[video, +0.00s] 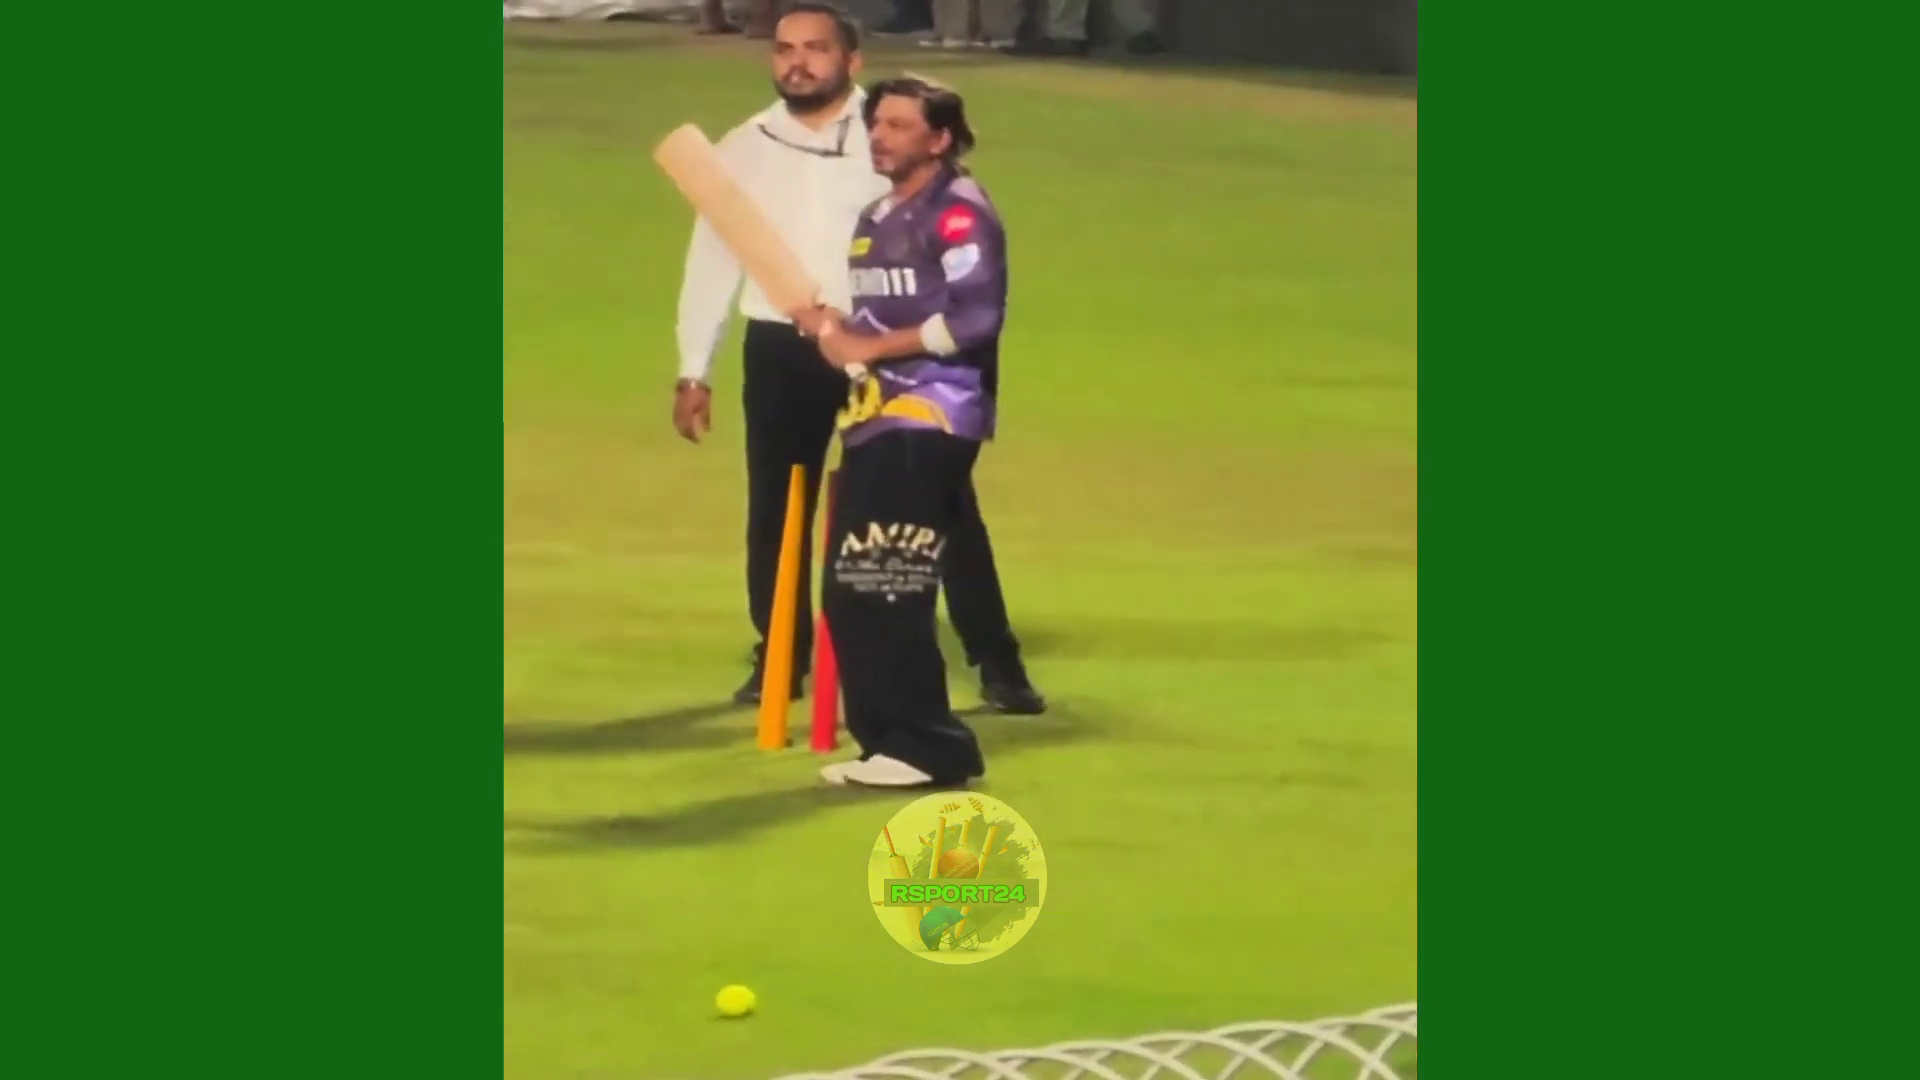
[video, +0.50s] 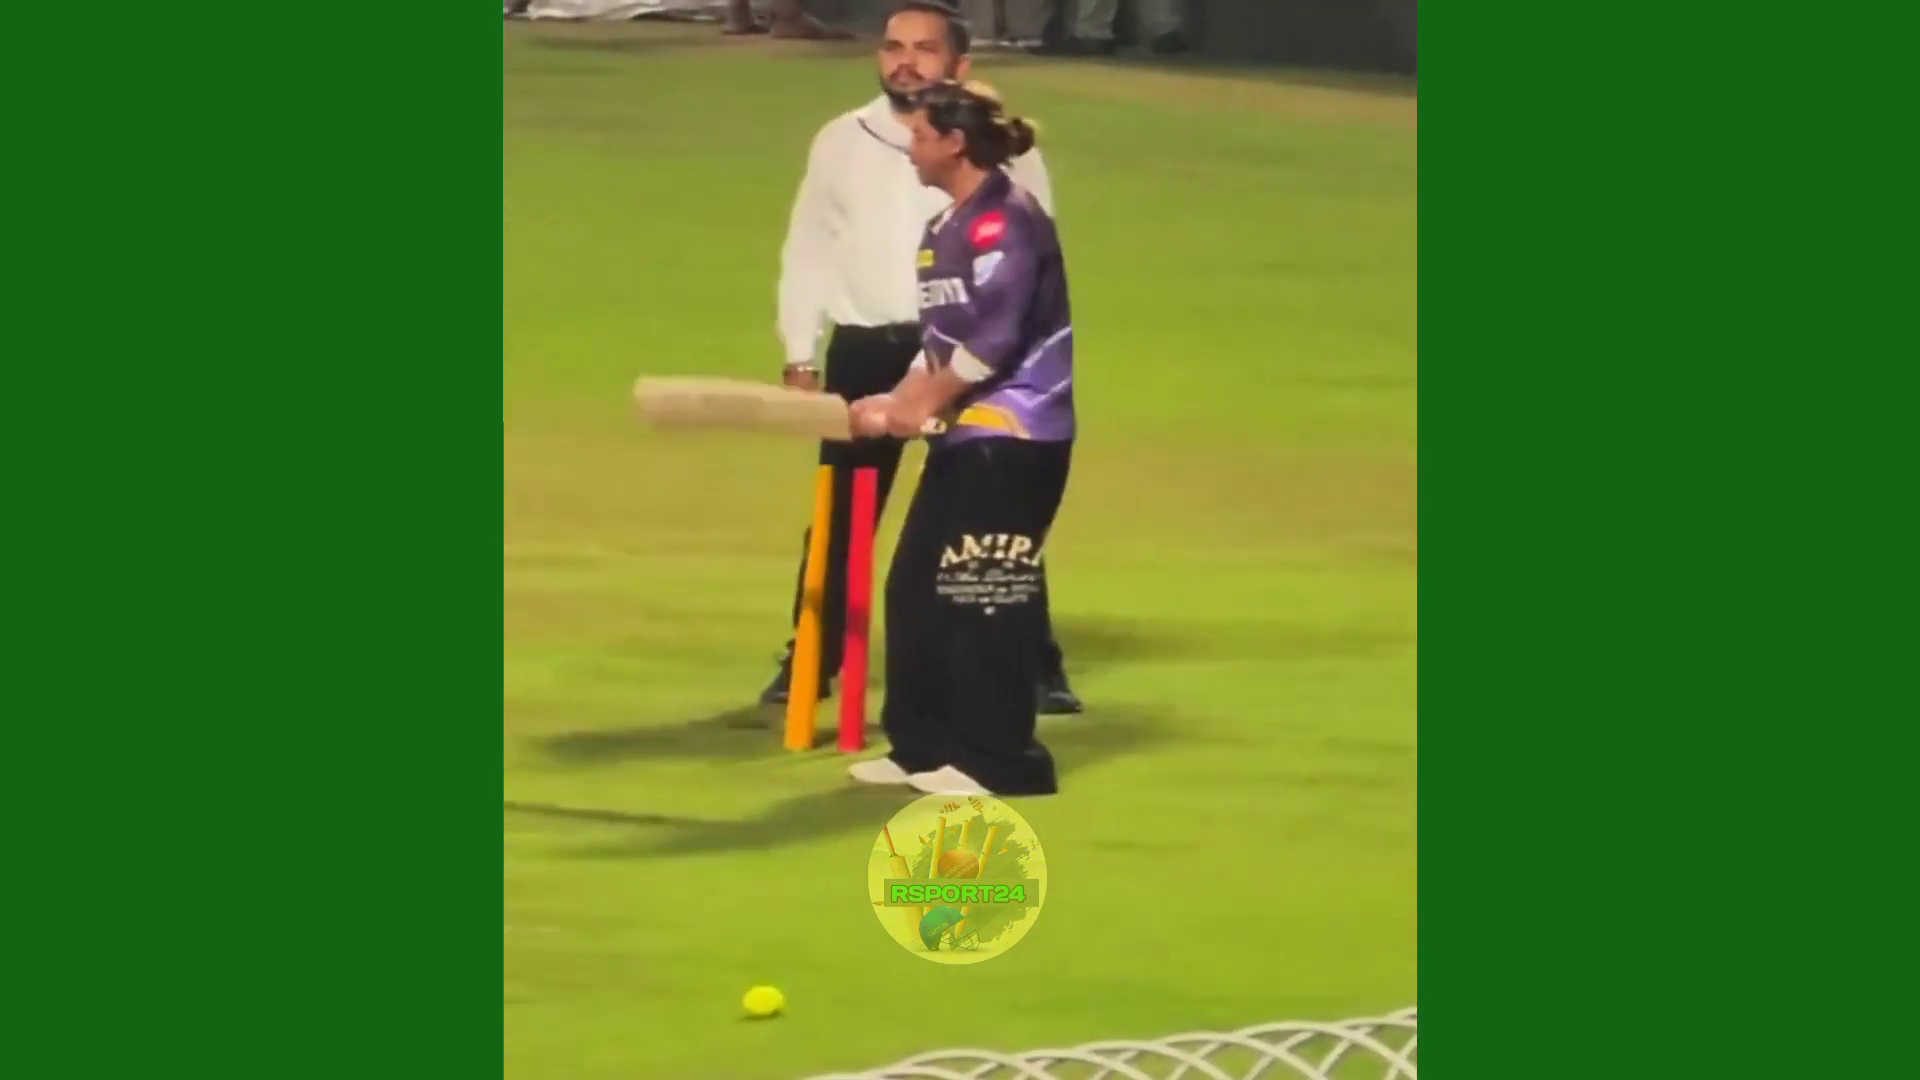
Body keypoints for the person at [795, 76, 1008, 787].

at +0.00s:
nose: (879, 137)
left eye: (896, 128)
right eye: (876, 125)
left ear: (939, 139)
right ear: (870, 132)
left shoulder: (961, 212)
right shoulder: (874, 219)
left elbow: (975, 321)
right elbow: (888, 321)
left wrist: (868, 347)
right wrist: (836, 326)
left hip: (933, 414)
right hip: (881, 411)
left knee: (889, 581)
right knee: (854, 581)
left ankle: (925, 746)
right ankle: (891, 741)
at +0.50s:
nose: (909, 149)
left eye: (919, 136)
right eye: (910, 135)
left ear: (958, 143)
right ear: (952, 144)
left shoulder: (1011, 224)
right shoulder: (941, 233)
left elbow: (994, 345)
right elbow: (942, 345)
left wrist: (917, 406)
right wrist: (899, 403)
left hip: (1015, 441)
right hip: (964, 438)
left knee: (983, 597)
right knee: (914, 587)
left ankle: (992, 762)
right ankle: (923, 748)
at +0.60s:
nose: (910, 150)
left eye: (920, 139)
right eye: (912, 137)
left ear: (957, 147)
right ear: (954, 147)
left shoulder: (1008, 232)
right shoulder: (950, 235)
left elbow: (983, 362)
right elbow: (949, 357)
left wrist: (915, 432)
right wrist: (907, 430)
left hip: (1027, 435)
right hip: (980, 433)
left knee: (986, 595)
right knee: (931, 586)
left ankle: (997, 764)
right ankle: (923, 748)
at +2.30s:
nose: (861, 239)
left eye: (875, 225)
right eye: (852, 227)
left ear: (917, 228)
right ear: (845, 234)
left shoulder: (966, 307)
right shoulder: (878, 322)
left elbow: (964, 434)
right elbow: (912, 435)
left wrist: (915, 515)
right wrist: (892, 528)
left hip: (1008, 506)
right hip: (952, 508)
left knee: (973, 667)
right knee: (924, 664)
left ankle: (951, 830)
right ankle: (922, 822)